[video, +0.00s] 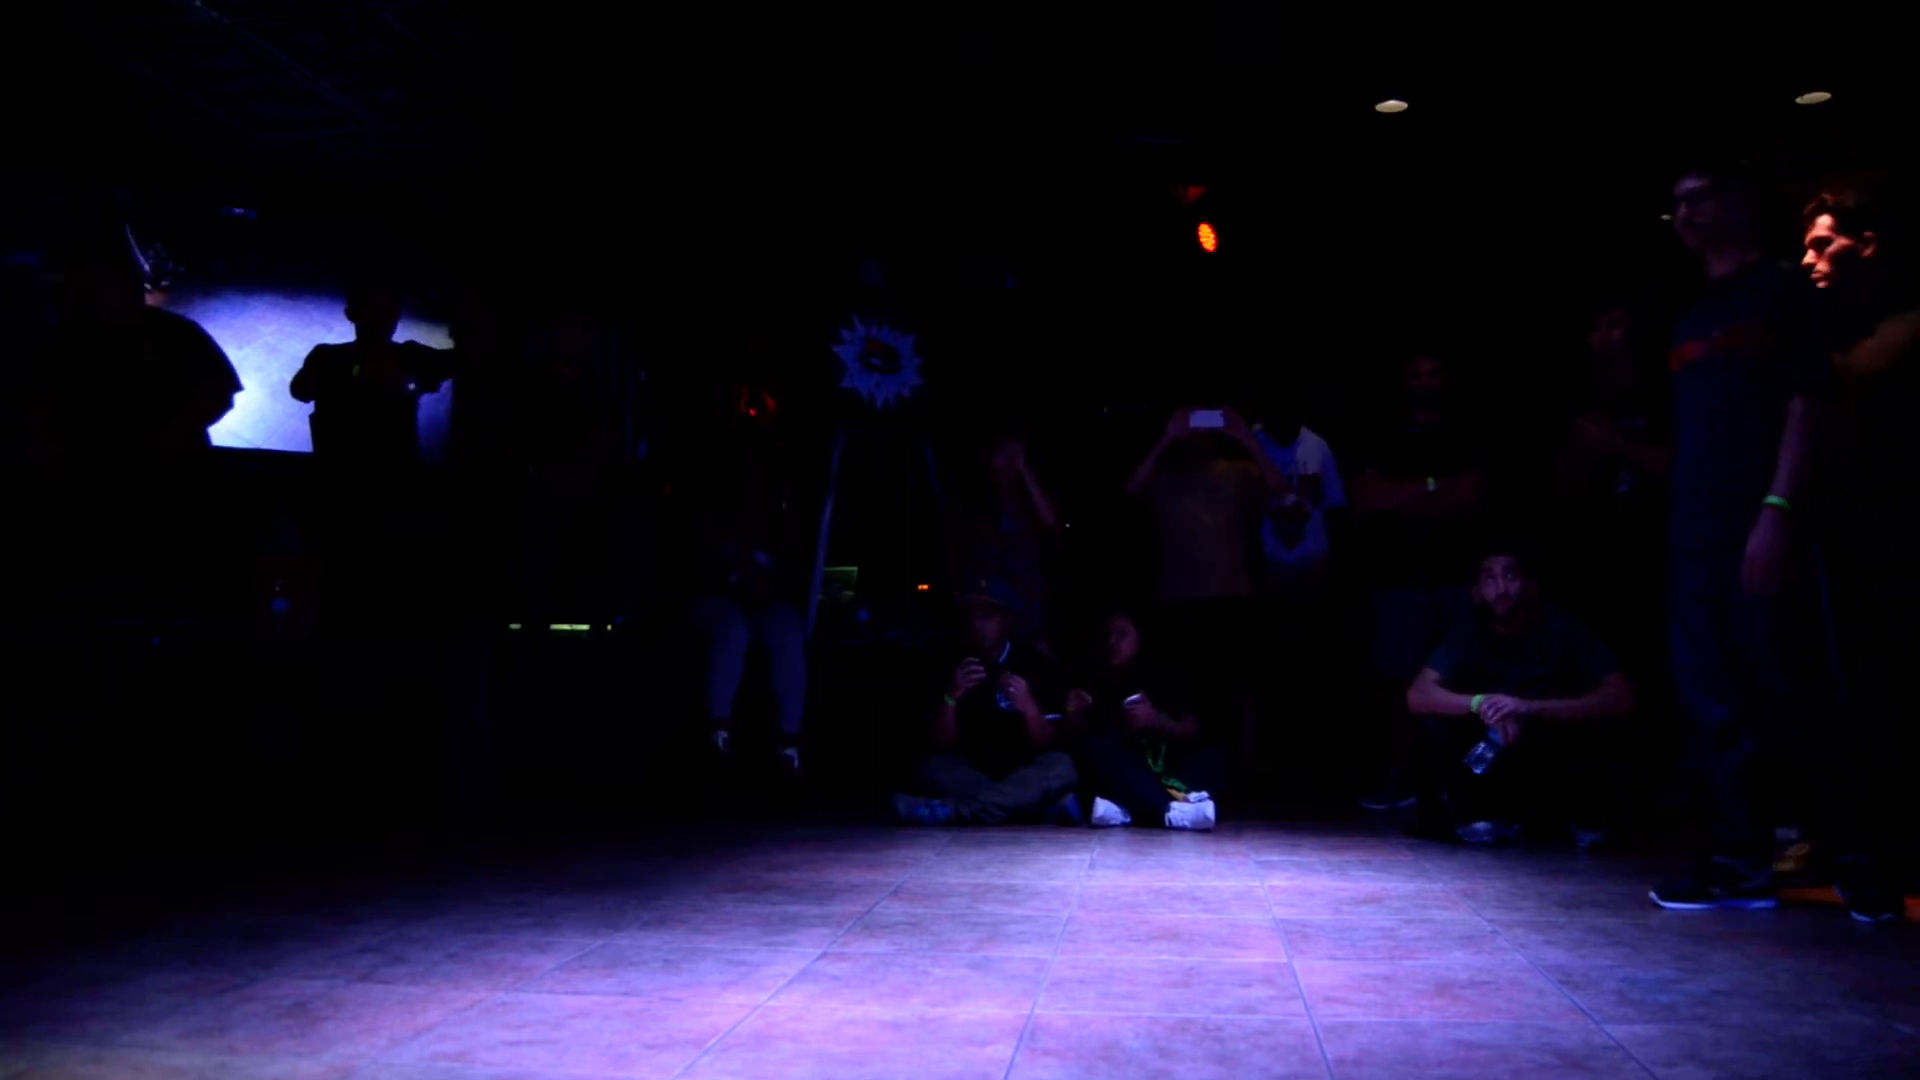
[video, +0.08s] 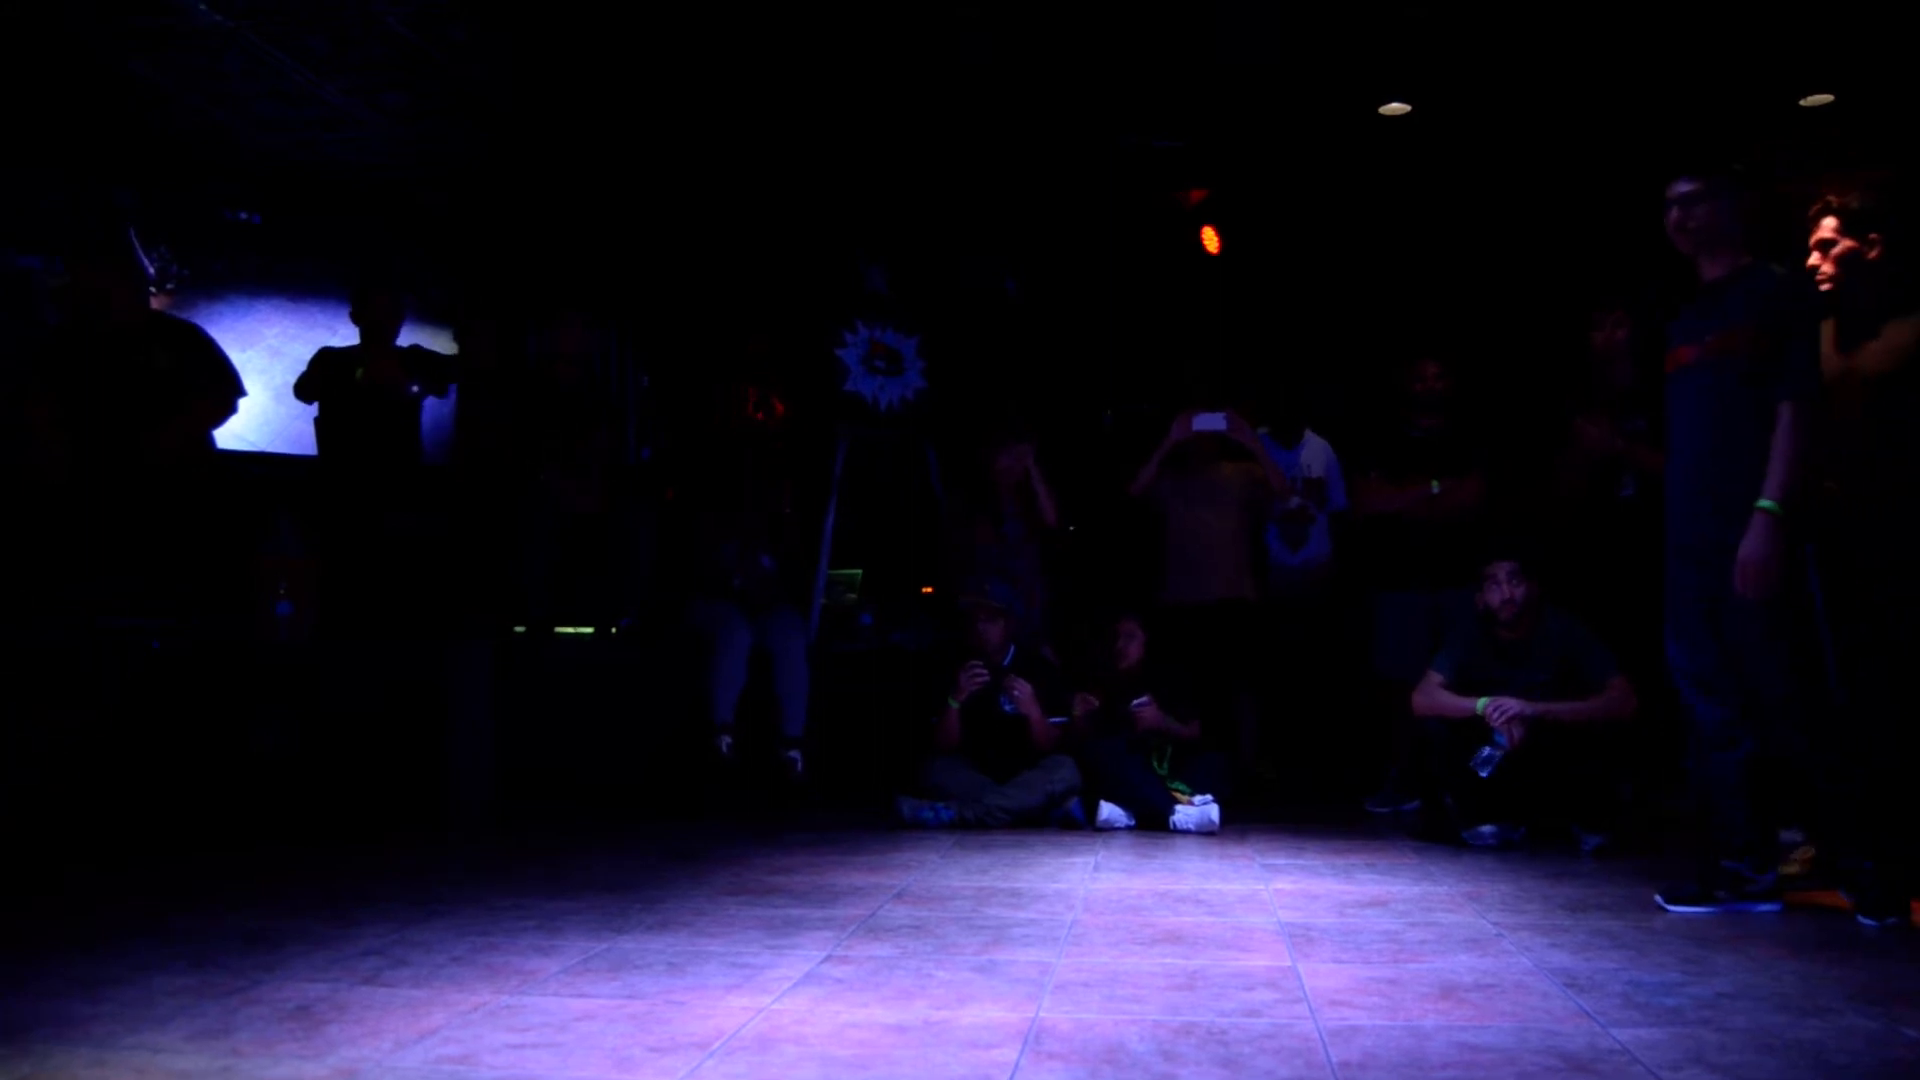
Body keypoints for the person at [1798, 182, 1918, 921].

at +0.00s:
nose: (1815, 259)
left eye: (1828, 245)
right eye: (1810, 247)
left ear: (1872, 246)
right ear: (1809, 255)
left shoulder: (1894, 322)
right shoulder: (1824, 325)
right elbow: (1809, 417)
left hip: (1885, 532)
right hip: (1833, 530)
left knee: (1878, 697)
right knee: (1841, 694)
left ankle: (1883, 875)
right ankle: (1845, 859)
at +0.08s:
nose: (1820, 257)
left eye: (1833, 244)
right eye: (1816, 246)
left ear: (1876, 247)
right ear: (1816, 257)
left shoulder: (1902, 322)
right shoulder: (1835, 323)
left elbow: (1839, 382)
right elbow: (1812, 411)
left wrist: (1831, 299)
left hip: (1889, 532)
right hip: (1834, 530)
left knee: (1880, 699)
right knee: (1845, 696)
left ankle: (1885, 878)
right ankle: (1848, 862)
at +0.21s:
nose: (1825, 257)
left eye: (1840, 243)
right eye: (1820, 246)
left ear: (1881, 248)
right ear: (1816, 259)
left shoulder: (1911, 332)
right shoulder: (1819, 342)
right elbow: (1805, 441)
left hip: (1903, 540)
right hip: (1830, 543)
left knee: (1899, 704)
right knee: (1839, 704)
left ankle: (1898, 877)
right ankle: (1844, 861)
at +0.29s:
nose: (1829, 254)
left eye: (1844, 240)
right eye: (1822, 244)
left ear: (1883, 249)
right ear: (1815, 258)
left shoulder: (1908, 329)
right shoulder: (1815, 341)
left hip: (1900, 543)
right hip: (1823, 551)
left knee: (1899, 701)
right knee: (1836, 703)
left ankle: (1903, 868)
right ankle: (1850, 864)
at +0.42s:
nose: (1838, 255)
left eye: (1854, 240)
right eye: (1831, 242)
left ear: (1889, 252)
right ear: (1823, 257)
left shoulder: (1910, 342)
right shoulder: (1812, 350)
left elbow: (1917, 454)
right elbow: (1789, 452)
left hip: (1901, 543)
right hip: (1819, 545)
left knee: (1891, 695)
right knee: (1820, 694)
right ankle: (1828, 857)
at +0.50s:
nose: (1845, 253)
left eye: (1861, 239)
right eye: (1837, 240)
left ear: (1895, 253)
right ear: (1830, 256)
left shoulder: (1914, 347)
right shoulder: (1816, 351)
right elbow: (1789, 456)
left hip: (1912, 544)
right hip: (1827, 545)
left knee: (1903, 692)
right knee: (1833, 691)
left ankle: (1902, 848)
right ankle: (1837, 846)